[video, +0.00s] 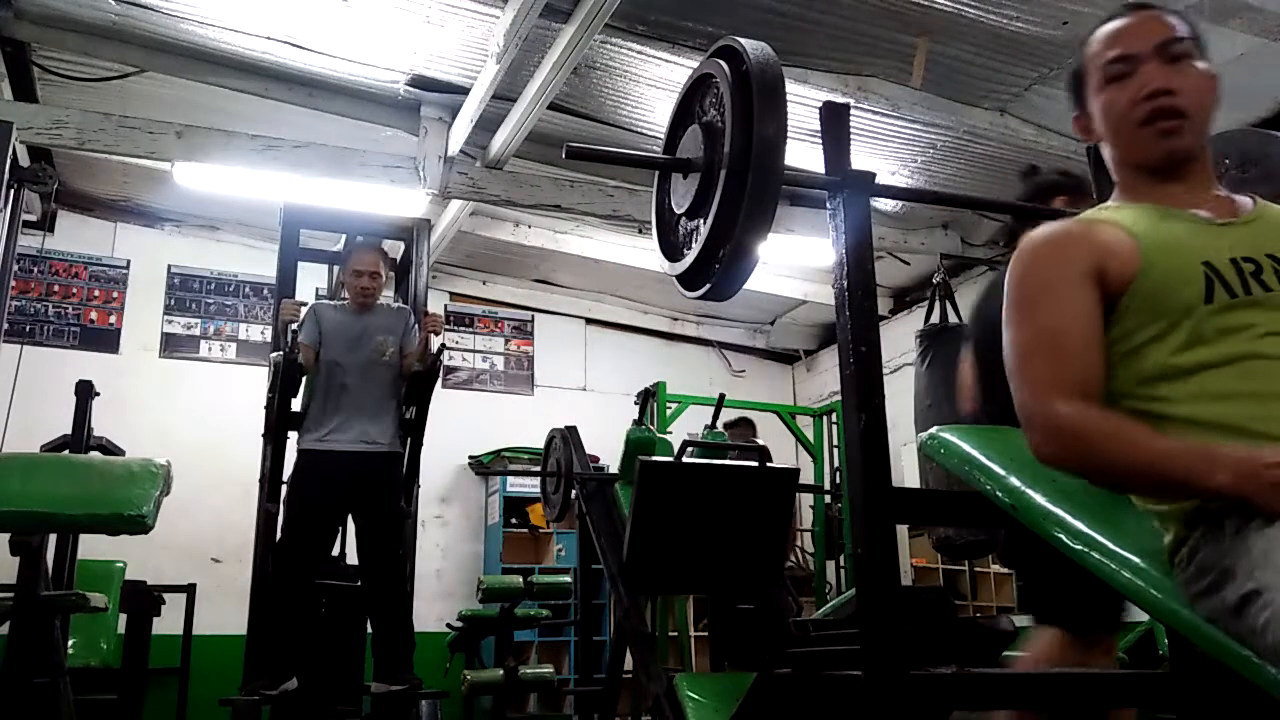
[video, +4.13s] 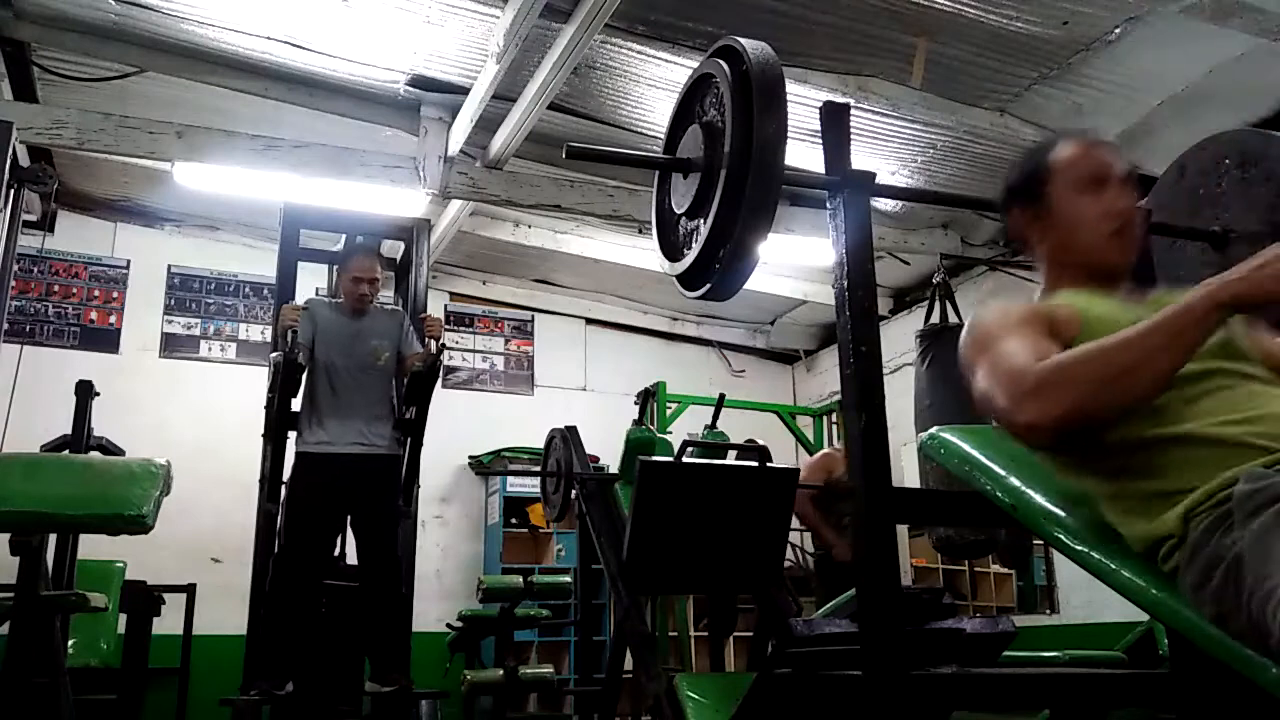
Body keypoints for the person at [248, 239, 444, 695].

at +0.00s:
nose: (366, 283)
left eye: (374, 276)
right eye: (358, 274)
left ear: (385, 279)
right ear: (343, 275)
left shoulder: (401, 317)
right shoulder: (320, 312)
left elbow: (414, 375)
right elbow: (303, 365)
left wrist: (429, 344)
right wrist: (289, 332)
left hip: (379, 458)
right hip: (320, 454)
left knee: (386, 573)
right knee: (296, 566)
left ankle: (394, 675)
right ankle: (282, 671)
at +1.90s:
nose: (361, 286)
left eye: (369, 278)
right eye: (353, 278)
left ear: (382, 279)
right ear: (339, 277)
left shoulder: (400, 316)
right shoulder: (318, 312)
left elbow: (418, 381)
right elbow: (293, 365)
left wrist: (432, 348)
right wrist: (282, 330)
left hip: (378, 456)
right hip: (319, 453)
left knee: (383, 570)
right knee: (296, 564)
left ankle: (386, 671)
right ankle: (282, 671)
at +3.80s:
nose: (371, 294)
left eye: (376, 286)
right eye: (363, 286)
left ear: (381, 282)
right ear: (339, 279)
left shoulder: (390, 321)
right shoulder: (309, 313)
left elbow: (414, 376)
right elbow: (289, 371)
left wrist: (430, 349)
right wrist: (285, 334)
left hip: (378, 456)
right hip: (320, 454)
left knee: (384, 570)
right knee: (298, 566)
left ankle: (387, 673)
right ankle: (278, 673)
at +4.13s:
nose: (366, 289)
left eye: (373, 282)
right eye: (358, 281)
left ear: (381, 284)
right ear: (339, 279)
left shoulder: (395, 320)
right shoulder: (314, 313)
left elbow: (416, 379)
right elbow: (292, 367)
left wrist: (430, 348)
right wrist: (283, 334)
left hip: (378, 458)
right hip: (319, 455)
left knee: (383, 571)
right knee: (298, 567)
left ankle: (386, 672)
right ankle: (277, 673)